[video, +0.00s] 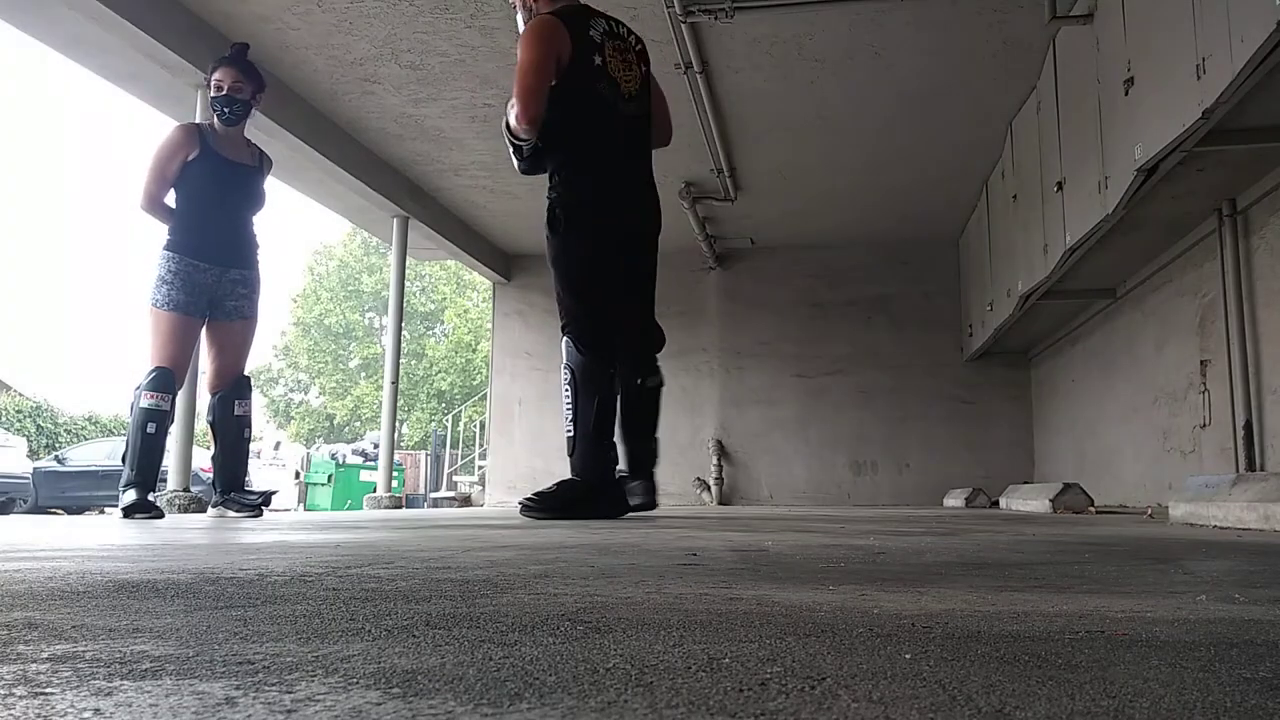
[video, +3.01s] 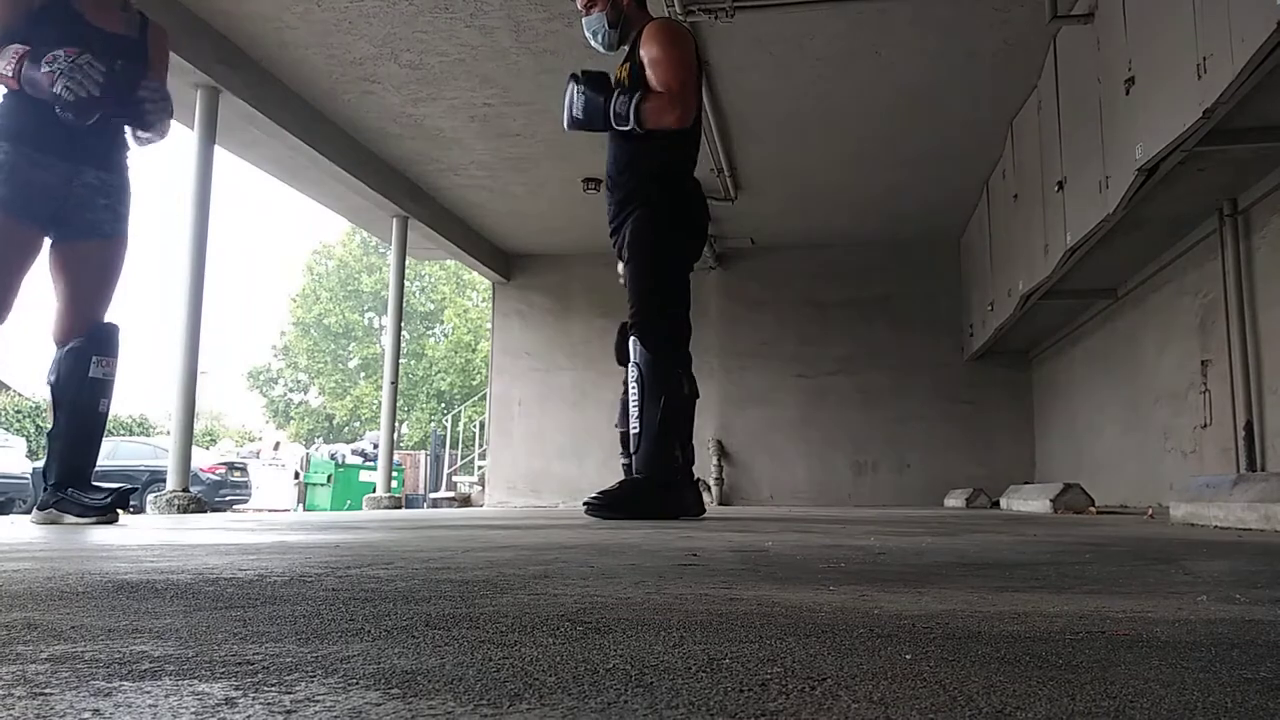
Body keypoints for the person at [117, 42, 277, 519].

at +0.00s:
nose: (226, 95)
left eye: (237, 89)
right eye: (218, 87)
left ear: (255, 98)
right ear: (208, 92)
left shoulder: (261, 160)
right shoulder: (186, 136)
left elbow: (247, 212)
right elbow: (151, 200)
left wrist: (239, 236)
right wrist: (191, 228)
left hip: (239, 274)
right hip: (185, 266)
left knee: (229, 384)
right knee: (165, 376)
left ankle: (229, 488)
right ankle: (137, 489)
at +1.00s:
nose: (188, 77)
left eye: (200, 70)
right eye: (180, 66)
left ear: (216, 79)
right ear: (166, 69)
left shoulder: (226, 141)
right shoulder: (137, 113)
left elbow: (204, 197)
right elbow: (90, 172)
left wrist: (188, 223)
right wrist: (128, 210)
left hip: (196, 258)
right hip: (135, 255)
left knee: (200, 366)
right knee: (139, 378)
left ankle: (205, 479)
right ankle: (137, 492)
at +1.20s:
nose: (184, 69)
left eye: (197, 62)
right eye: (176, 58)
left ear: (215, 71)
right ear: (163, 60)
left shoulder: (226, 135)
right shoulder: (130, 106)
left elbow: (229, 201)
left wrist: (247, 251)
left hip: (194, 256)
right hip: (128, 252)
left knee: (173, 362)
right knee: (133, 376)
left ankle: (163, 482)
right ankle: (133, 489)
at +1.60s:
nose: (160, 32)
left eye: (175, 24)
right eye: (152, 20)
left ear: (198, 34)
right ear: (142, 23)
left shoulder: (214, 94)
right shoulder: (114, 82)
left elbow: (228, 176)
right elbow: (86, 151)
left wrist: (201, 195)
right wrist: (66, 155)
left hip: (178, 233)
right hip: (114, 228)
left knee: (166, 359)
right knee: (79, 359)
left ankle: (150, 490)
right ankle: (121, 465)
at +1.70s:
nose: (149, 19)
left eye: (164, 12)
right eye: (142, 10)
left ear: (188, 23)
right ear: (132, 17)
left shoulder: (204, 84)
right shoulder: (107, 76)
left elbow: (221, 160)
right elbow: (87, 151)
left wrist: (191, 168)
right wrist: (80, 136)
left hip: (171, 224)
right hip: (108, 221)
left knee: (161, 354)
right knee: (62, 347)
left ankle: (150, 487)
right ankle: (81, 475)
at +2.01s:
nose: (108, 10)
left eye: (121, 4)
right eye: (100, 3)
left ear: (138, 9)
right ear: (83, 6)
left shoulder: (158, 67)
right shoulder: (47, 54)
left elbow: (195, 149)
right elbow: (14, 135)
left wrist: (160, 147)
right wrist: (34, 108)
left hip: (133, 216)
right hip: (59, 211)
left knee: (133, 354)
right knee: (17, 346)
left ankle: (146, 489)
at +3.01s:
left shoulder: (151, 31)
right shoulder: (29, 5)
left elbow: (147, 132)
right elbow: (1, 52)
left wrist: (157, 115)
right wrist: (26, 71)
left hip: (101, 176)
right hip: (20, 158)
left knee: (84, 337)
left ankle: (63, 484)